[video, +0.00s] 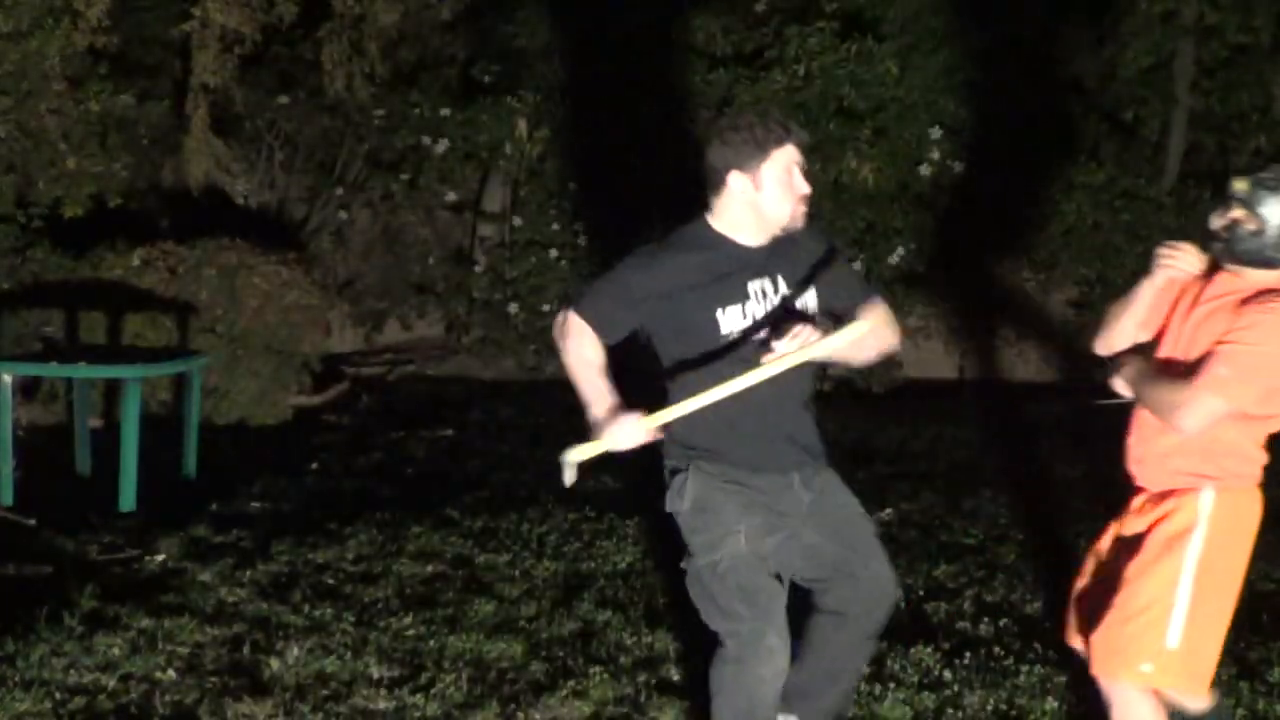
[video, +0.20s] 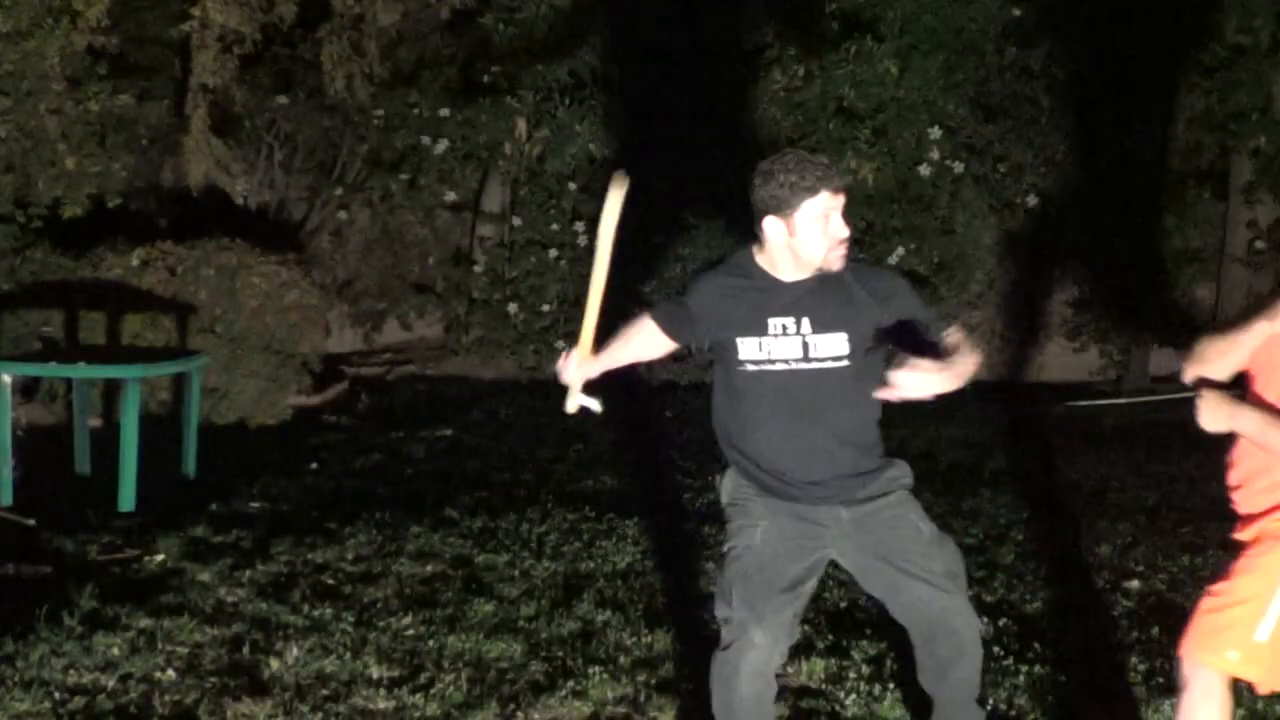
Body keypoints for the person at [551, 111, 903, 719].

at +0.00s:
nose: (807, 188)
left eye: (803, 170)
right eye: (792, 171)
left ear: (757, 182)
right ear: (744, 181)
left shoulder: (806, 252)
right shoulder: (668, 268)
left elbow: (885, 333)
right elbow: (576, 328)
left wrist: (824, 344)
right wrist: (607, 414)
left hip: (807, 481)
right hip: (716, 488)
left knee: (867, 593)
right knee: (757, 643)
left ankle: (800, 711)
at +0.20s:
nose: (844, 231)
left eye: (843, 215)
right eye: (827, 218)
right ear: (775, 229)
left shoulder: (876, 291)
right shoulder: (722, 295)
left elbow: (964, 350)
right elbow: (661, 331)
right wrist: (594, 362)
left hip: (874, 499)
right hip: (769, 505)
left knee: (953, 626)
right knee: (751, 646)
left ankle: (959, 715)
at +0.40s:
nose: (912, 213)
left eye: (911, 198)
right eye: (897, 200)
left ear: (869, 205)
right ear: (847, 207)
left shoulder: (930, 281)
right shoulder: (777, 283)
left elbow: (1028, 307)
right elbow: (705, 343)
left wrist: (1126, 325)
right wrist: (692, 295)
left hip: (907, 494)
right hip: (806, 494)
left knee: (969, 615)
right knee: (771, 637)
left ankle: (959, 716)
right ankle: (743, 716)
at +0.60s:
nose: (950, 200)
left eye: (948, 183)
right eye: (936, 184)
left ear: (905, 192)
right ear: (889, 190)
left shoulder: (935, 268)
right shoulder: (814, 267)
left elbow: (996, 336)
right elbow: (731, 359)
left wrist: (1071, 388)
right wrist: (772, 309)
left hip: (910, 486)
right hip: (820, 486)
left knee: (963, 608)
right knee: (784, 637)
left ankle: (958, 715)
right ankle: (744, 716)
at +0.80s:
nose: (893, 205)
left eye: (895, 190)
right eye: (875, 191)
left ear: (897, 192)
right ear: (824, 194)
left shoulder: (903, 271)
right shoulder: (777, 275)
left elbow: (918, 378)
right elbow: (711, 373)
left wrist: (922, 472)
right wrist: (748, 404)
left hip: (893, 493)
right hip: (797, 498)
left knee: (951, 615)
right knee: (768, 646)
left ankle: (953, 715)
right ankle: (743, 714)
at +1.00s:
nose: (774, 176)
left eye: (787, 162)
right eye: (758, 162)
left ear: (807, 171)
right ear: (728, 172)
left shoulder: (843, 258)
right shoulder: (694, 267)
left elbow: (867, 364)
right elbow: (654, 377)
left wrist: (867, 461)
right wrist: (669, 471)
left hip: (842, 483)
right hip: (734, 491)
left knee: (913, 610)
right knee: (721, 652)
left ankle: (923, 714)